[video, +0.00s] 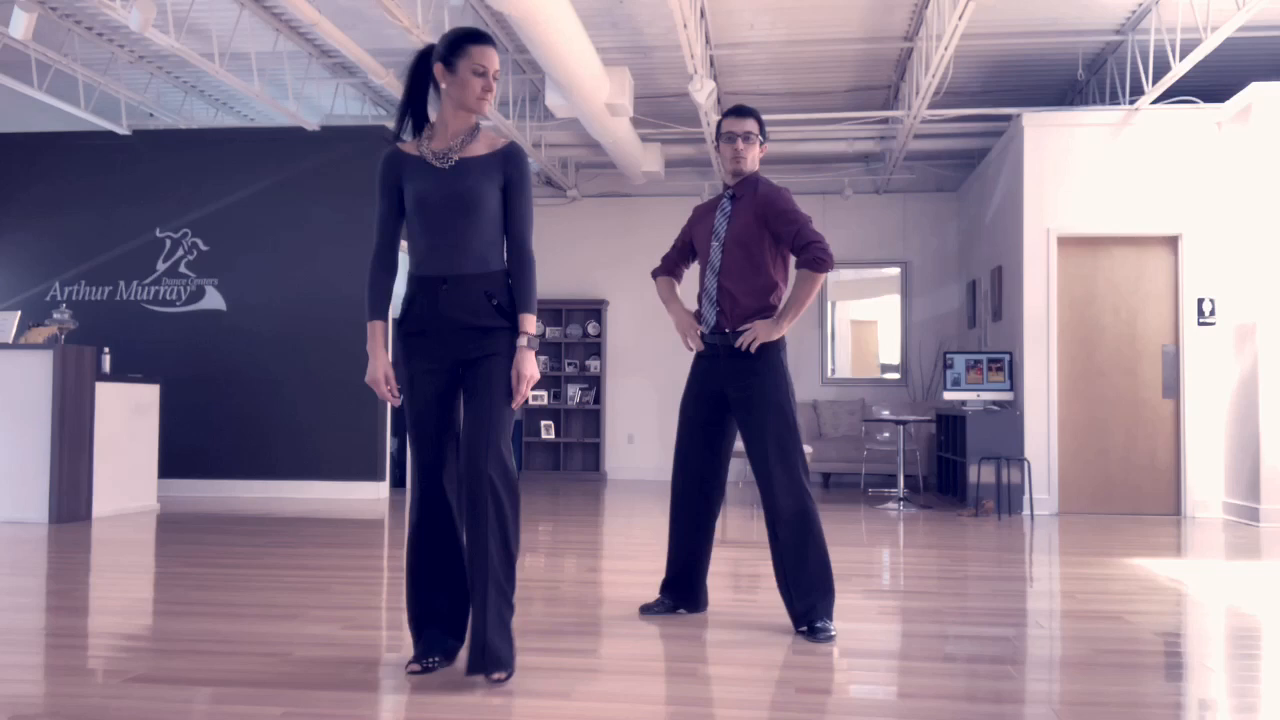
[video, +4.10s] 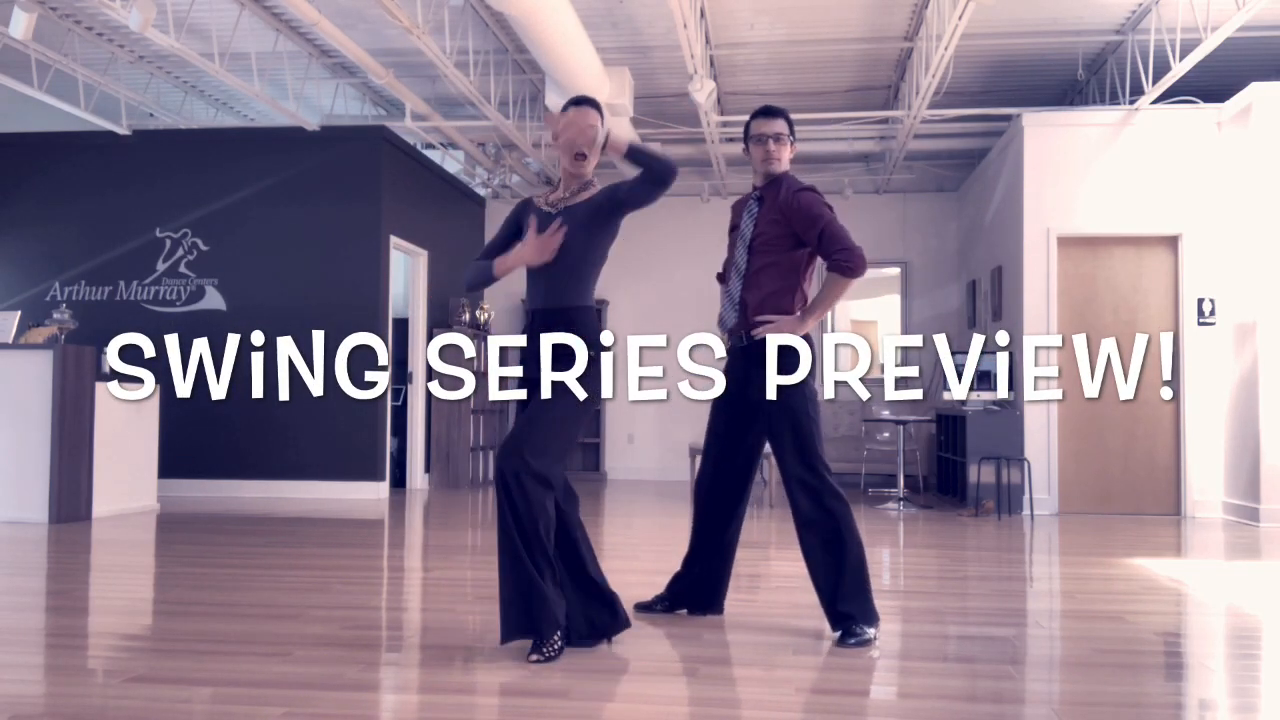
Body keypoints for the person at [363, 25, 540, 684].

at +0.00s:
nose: (489, 86)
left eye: (494, 77)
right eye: (478, 74)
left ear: (496, 85)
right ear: (440, 73)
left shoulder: (507, 156)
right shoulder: (402, 159)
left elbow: (520, 247)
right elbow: (385, 253)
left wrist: (528, 337)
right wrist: (377, 341)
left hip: (493, 329)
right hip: (423, 329)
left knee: (484, 472)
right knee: (431, 482)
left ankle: (493, 644)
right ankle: (436, 635)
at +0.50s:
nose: (528, 118)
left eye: (536, 110)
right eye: (517, 108)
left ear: (543, 119)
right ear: (492, 114)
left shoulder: (550, 174)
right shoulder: (470, 184)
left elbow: (610, 241)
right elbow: (459, 270)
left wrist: (590, 332)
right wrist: (432, 284)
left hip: (547, 333)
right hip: (487, 335)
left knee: (546, 481)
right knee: (473, 482)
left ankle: (558, 625)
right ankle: (455, 628)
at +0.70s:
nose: (545, 129)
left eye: (554, 120)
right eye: (534, 119)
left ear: (562, 130)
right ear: (511, 127)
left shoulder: (570, 182)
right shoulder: (492, 199)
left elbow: (638, 233)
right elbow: (479, 278)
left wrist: (595, 297)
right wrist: (465, 330)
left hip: (557, 347)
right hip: (502, 350)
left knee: (544, 480)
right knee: (500, 485)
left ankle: (566, 617)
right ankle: (538, 611)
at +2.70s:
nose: (576, 162)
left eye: (584, 153)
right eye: (565, 152)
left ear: (592, 162)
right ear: (541, 157)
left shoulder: (589, 212)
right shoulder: (516, 226)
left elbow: (621, 269)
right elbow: (499, 310)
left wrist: (583, 325)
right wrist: (490, 386)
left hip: (558, 371)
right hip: (514, 371)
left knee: (476, 451)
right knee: (496, 484)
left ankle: (503, 605)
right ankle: (546, 608)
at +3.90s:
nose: (575, 137)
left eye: (584, 129)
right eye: (566, 128)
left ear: (594, 140)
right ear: (548, 137)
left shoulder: (597, 198)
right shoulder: (533, 212)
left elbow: (634, 244)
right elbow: (509, 285)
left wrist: (584, 292)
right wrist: (492, 338)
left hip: (567, 352)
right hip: (523, 351)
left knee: (521, 472)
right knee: (511, 474)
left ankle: (551, 614)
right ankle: (539, 613)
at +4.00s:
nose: (577, 138)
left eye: (587, 130)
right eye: (568, 128)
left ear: (598, 142)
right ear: (551, 138)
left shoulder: (601, 200)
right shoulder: (532, 205)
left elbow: (644, 221)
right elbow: (493, 277)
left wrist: (570, 221)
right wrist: (496, 300)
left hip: (575, 349)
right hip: (532, 347)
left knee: (520, 469)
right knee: (523, 475)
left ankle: (551, 619)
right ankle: (585, 599)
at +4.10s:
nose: (582, 156)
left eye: (592, 149)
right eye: (574, 145)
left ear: (602, 150)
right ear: (554, 140)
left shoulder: (606, 203)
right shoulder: (529, 209)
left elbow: (664, 174)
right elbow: (472, 279)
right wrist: (519, 256)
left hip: (578, 350)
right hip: (535, 349)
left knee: (517, 463)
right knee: (544, 478)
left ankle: (548, 614)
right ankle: (593, 607)